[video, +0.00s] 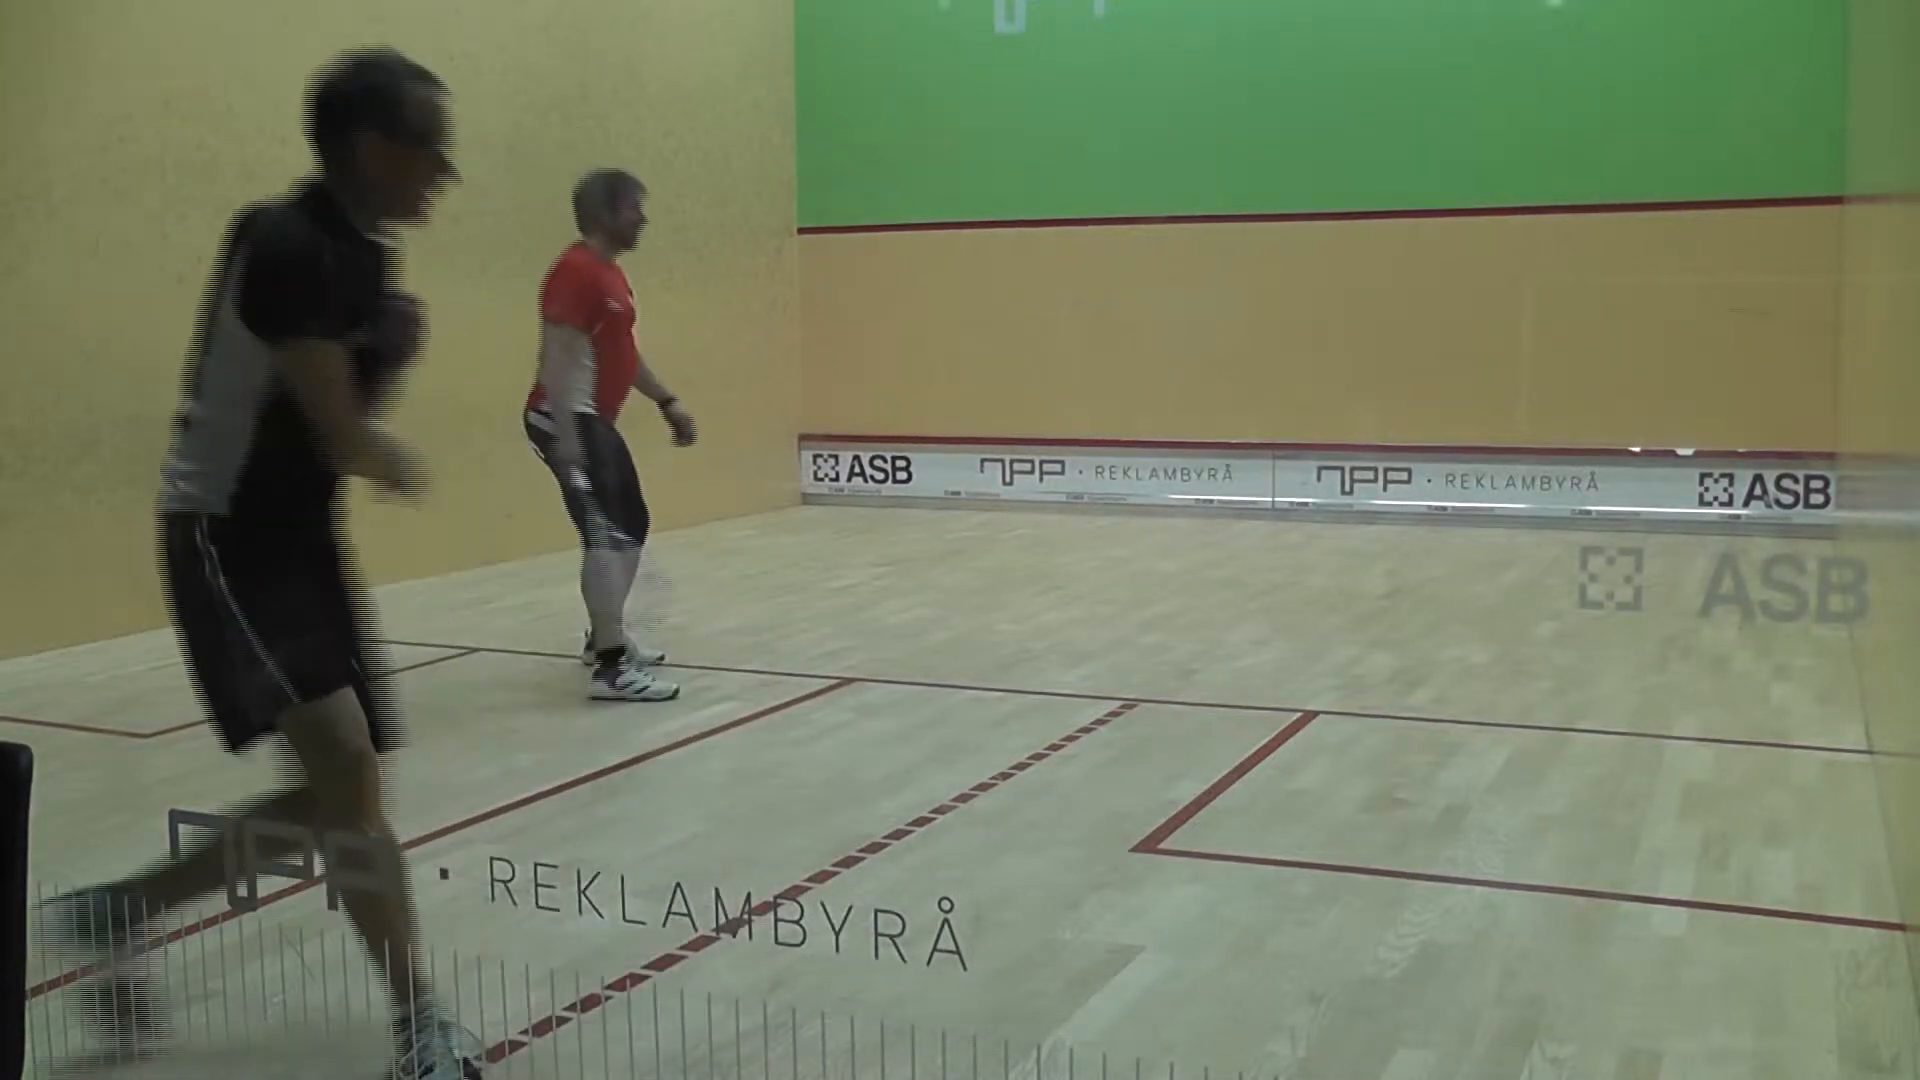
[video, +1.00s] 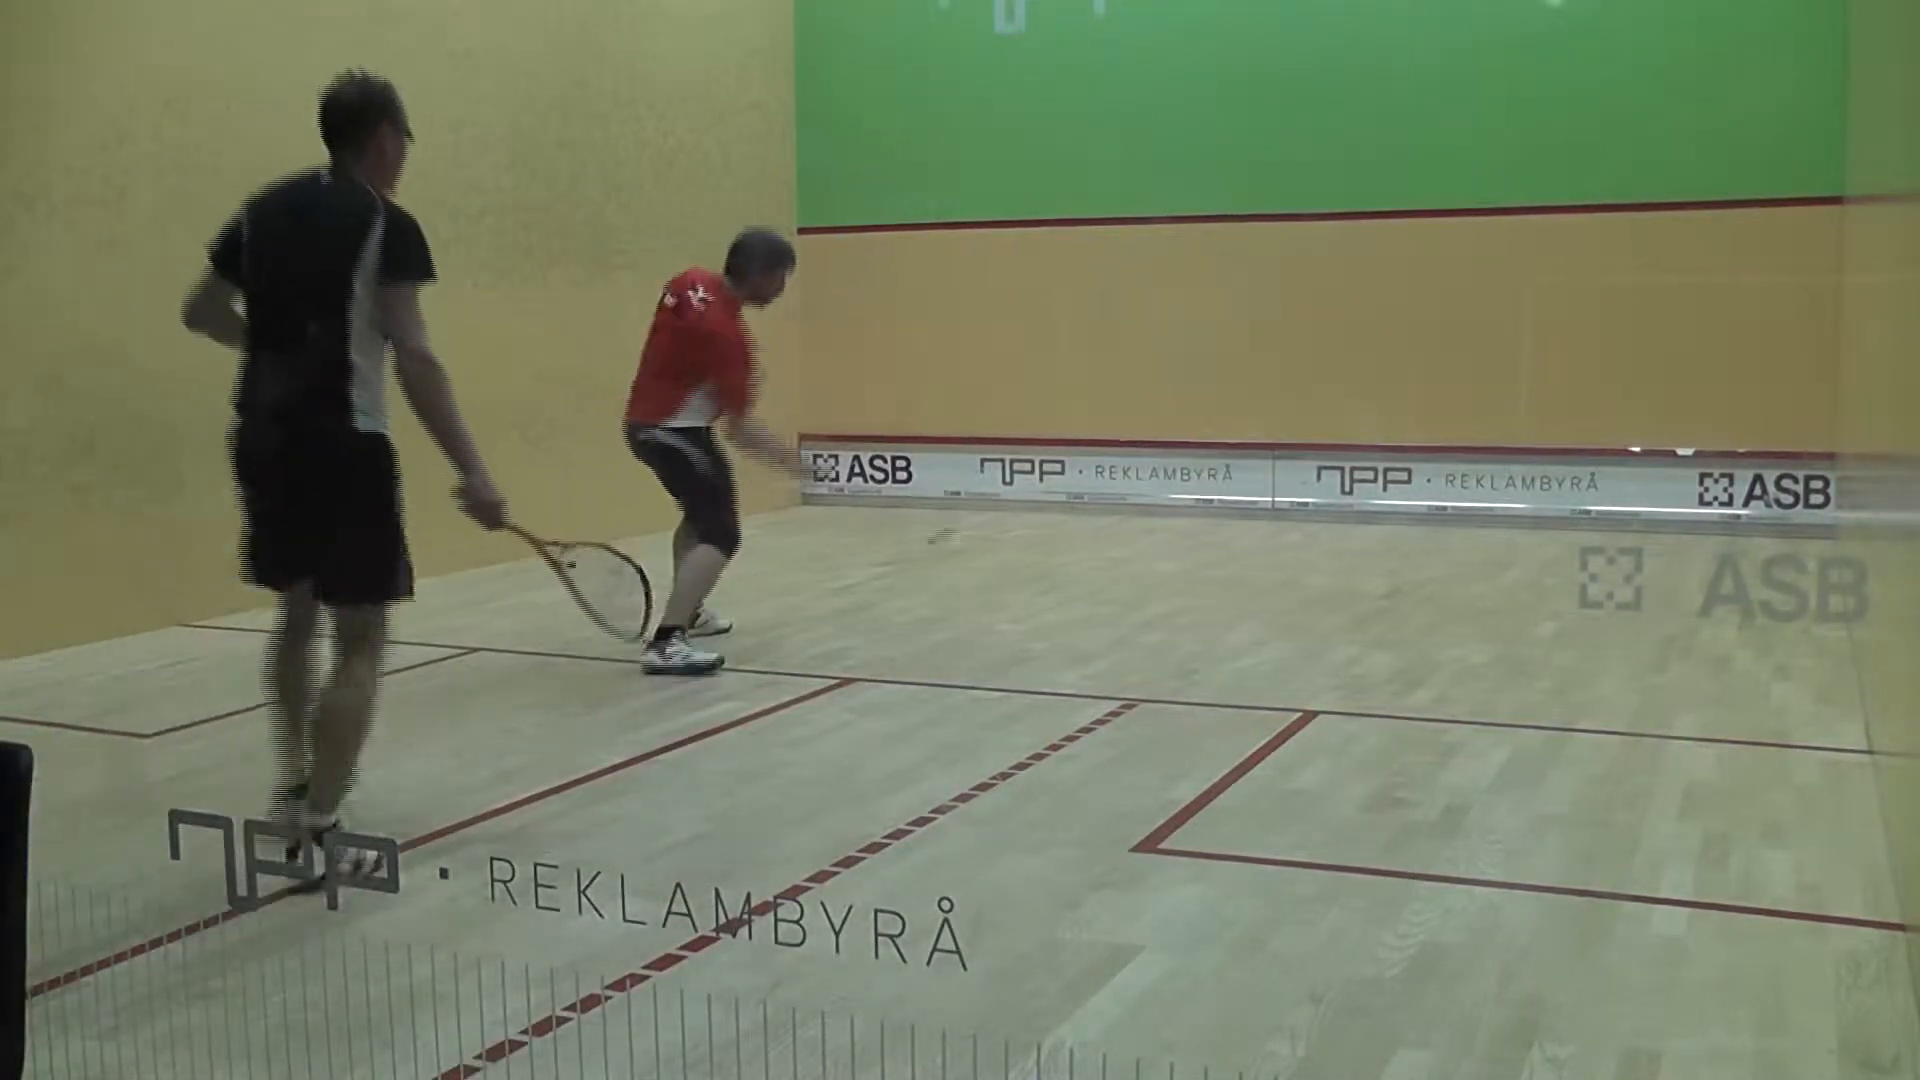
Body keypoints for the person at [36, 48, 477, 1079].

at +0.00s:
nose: (444, 167)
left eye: (443, 144)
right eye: (428, 145)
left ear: (372, 148)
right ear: (363, 147)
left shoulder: (352, 250)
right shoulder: (291, 245)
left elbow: (324, 412)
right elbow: (343, 433)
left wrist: (378, 361)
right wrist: (387, 452)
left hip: (293, 528)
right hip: (225, 532)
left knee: (350, 780)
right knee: (343, 762)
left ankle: (121, 909)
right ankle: (421, 1019)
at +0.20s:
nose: (344, 147)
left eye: (342, 127)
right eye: (331, 126)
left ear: (264, 132)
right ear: (281, 130)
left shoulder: (179, 211)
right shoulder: (257, 236)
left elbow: (181, 378)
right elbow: (257, 434)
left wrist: (305, 360)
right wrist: (316, 516)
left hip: (115, 525)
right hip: (186, 529)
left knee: (151, 778)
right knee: (323, 732)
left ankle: (9, 980)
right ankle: (375, 995)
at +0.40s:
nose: (308, 117)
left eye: (306, 99)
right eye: (299, 98)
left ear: (218, 100)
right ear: (263, 101)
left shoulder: (144, 177)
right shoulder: (246, 190)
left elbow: (140, 337)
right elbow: (244, 352)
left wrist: (265, 359)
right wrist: (328, 470)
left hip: (83, 476)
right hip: (176, 479)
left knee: (96, 729)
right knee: (307, 661)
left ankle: (2, 954)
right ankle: (266, 882)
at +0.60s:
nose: (321, 197)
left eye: (318, 180)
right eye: (314, 181)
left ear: (238, 186)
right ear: (284, 186)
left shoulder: (171, 253)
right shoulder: (276, 266)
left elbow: (174, 392)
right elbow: (283, 397)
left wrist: (292, 406)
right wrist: (379, 515)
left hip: (115, 517)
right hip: (210, 524)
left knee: (81, 731)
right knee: (276, 681)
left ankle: (9, 931)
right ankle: (236, 879)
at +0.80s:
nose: (370, 131)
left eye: (369, 114)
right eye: (364, 114)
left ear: (291, 115)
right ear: (335, 118)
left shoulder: (218, 185)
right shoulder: (340, 204)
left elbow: (170, 304)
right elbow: (340, 336)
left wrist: (267, 320)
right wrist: (398, 463)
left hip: (192, 448)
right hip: (289, 451)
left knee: (201, 637)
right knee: (316, 635)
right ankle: (259, 825)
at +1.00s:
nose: (407, 155)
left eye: (405, 140)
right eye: (404, 140)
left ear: (332, 140)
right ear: (383, 140)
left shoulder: (268, 210)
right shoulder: (387, 225)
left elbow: (203, 309)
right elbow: (414, 357)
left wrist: (275, 345)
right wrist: (472, 472)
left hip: (265, 448)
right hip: (350, 452)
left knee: (296, 614)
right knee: (359, 639)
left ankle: (300, 781)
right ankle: (318, 819)